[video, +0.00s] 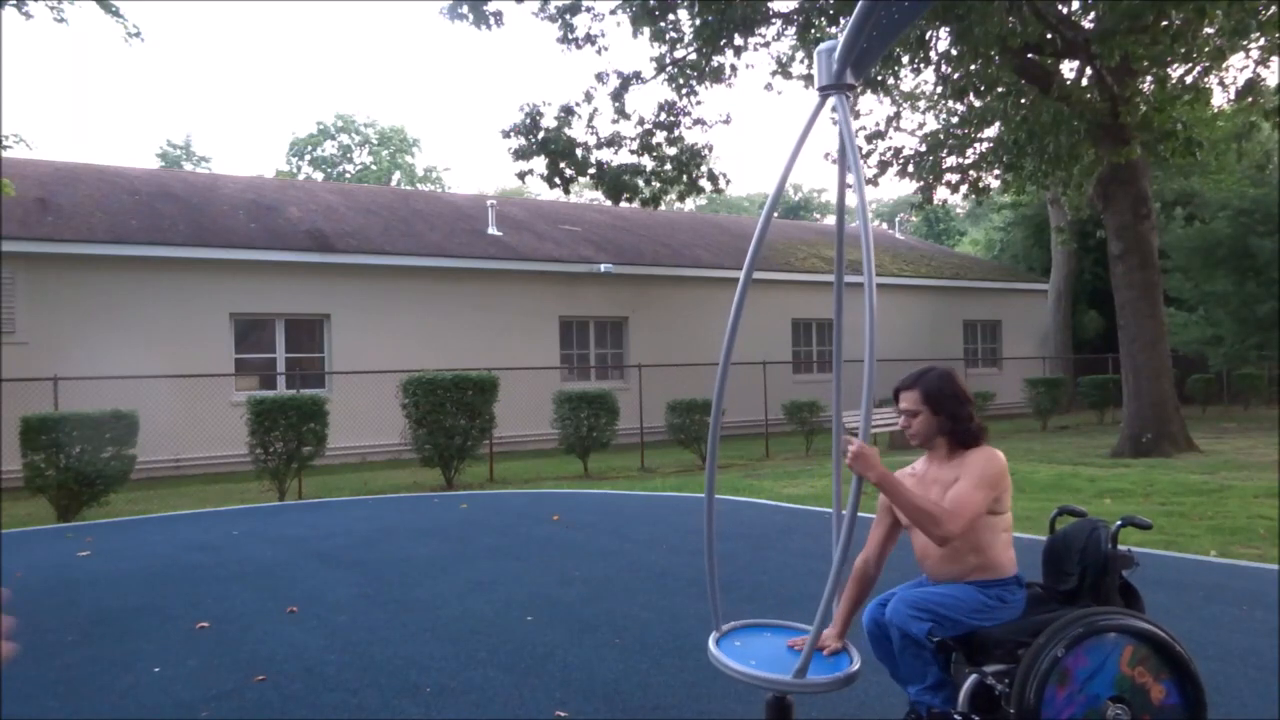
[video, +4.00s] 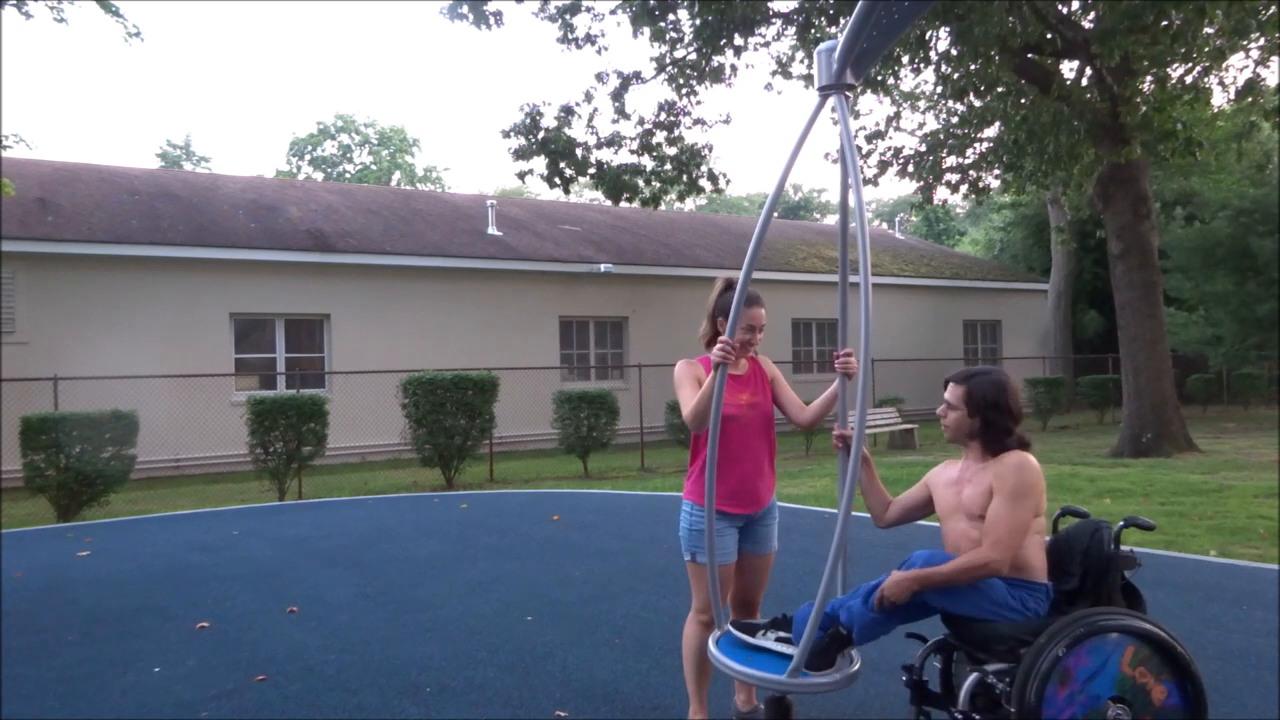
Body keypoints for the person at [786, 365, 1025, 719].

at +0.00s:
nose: (903, 424)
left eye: (912, 415)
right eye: (901, 415)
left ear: (943, 414)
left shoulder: (987, 462)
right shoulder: (901, 478)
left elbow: (946, 527)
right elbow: (869, 562)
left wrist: (880, 474)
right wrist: (837, 630)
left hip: (993, 590)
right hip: (937, 586)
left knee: (903, 613)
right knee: (877, 618)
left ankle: (940, 707)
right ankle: (926, 702)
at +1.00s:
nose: (985, 415)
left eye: (1000, 410)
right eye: (985, 405)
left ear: (1032, 423)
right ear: (981, 406)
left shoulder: (1051, 479)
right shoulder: (957, 468)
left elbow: (960, 512)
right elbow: (933, 541)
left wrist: (878, 471)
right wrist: (893, 584)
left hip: (1015, 602)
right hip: (959, 581)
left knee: (927, 606)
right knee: (898, 579)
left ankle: (923, 705)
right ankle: (907, 686)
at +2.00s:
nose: (977, 428)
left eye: (988, 422)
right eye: (978, 418)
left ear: (1023, 425)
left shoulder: (1056, 480)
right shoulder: (968, 463)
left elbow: (966, 507)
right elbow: (935, 505)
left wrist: (883, 468)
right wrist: (902, 510)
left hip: (1016, 601)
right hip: (963, 572)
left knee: (931, 614)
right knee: (913, 526)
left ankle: (922, 712)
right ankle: (829, 587)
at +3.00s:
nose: (947, 418)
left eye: (955, 410)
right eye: (948, 409)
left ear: (987, 414)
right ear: (973, 415)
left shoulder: (1026, 480)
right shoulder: (957, 469)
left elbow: (992, 574)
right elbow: (898, 511)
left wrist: (944, 647)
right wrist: (863, 456)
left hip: (1014, 601)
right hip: (957, 582)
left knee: (924, 620)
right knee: (887, 599)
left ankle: (928, 712)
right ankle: (795, 636)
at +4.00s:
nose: (939, 412)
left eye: (950, 407)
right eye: (943, 403)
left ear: (981, 416)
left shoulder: (1017, 467)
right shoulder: (944, 473)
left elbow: (997, 559)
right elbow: (885, 515)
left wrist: (914, 581)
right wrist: (862, 460)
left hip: (1019, 595)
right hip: (970, 587)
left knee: (925, 561)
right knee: (900, 586)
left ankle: (838, 636)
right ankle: (795, 628)